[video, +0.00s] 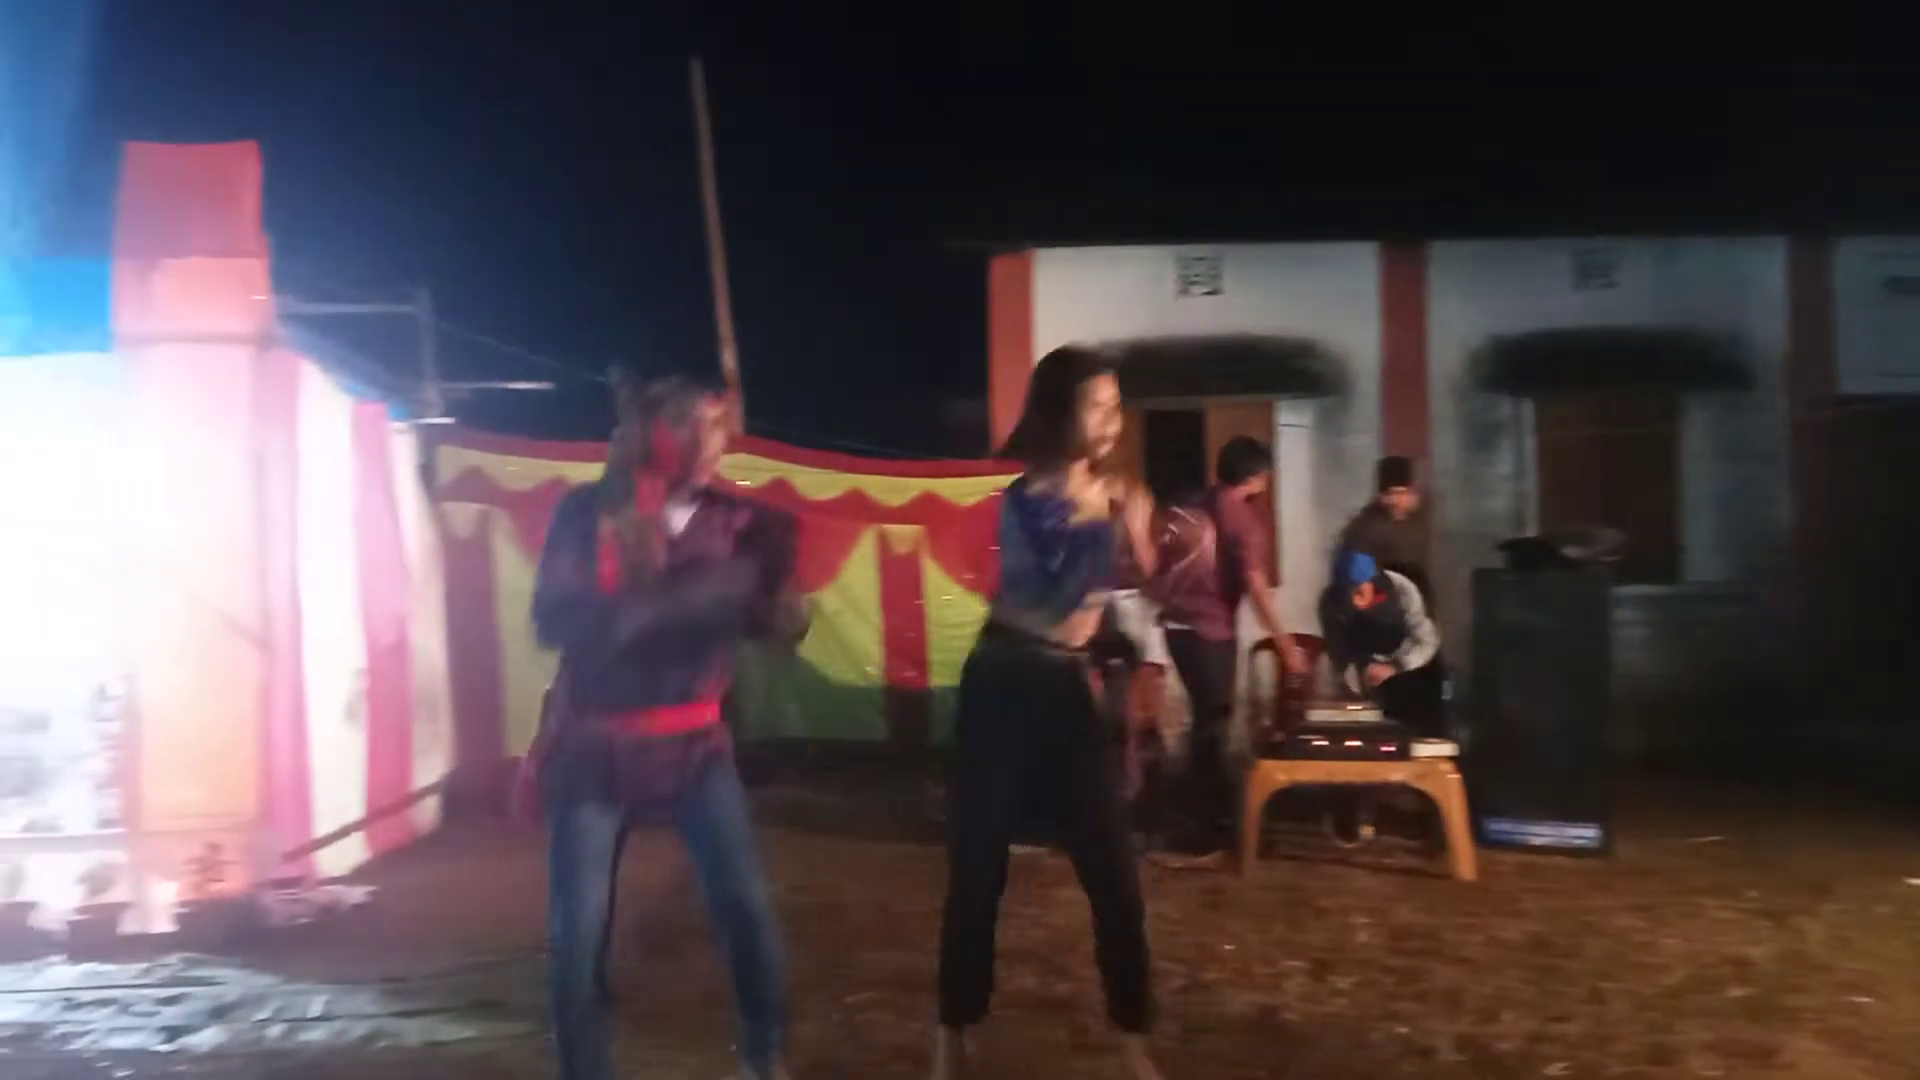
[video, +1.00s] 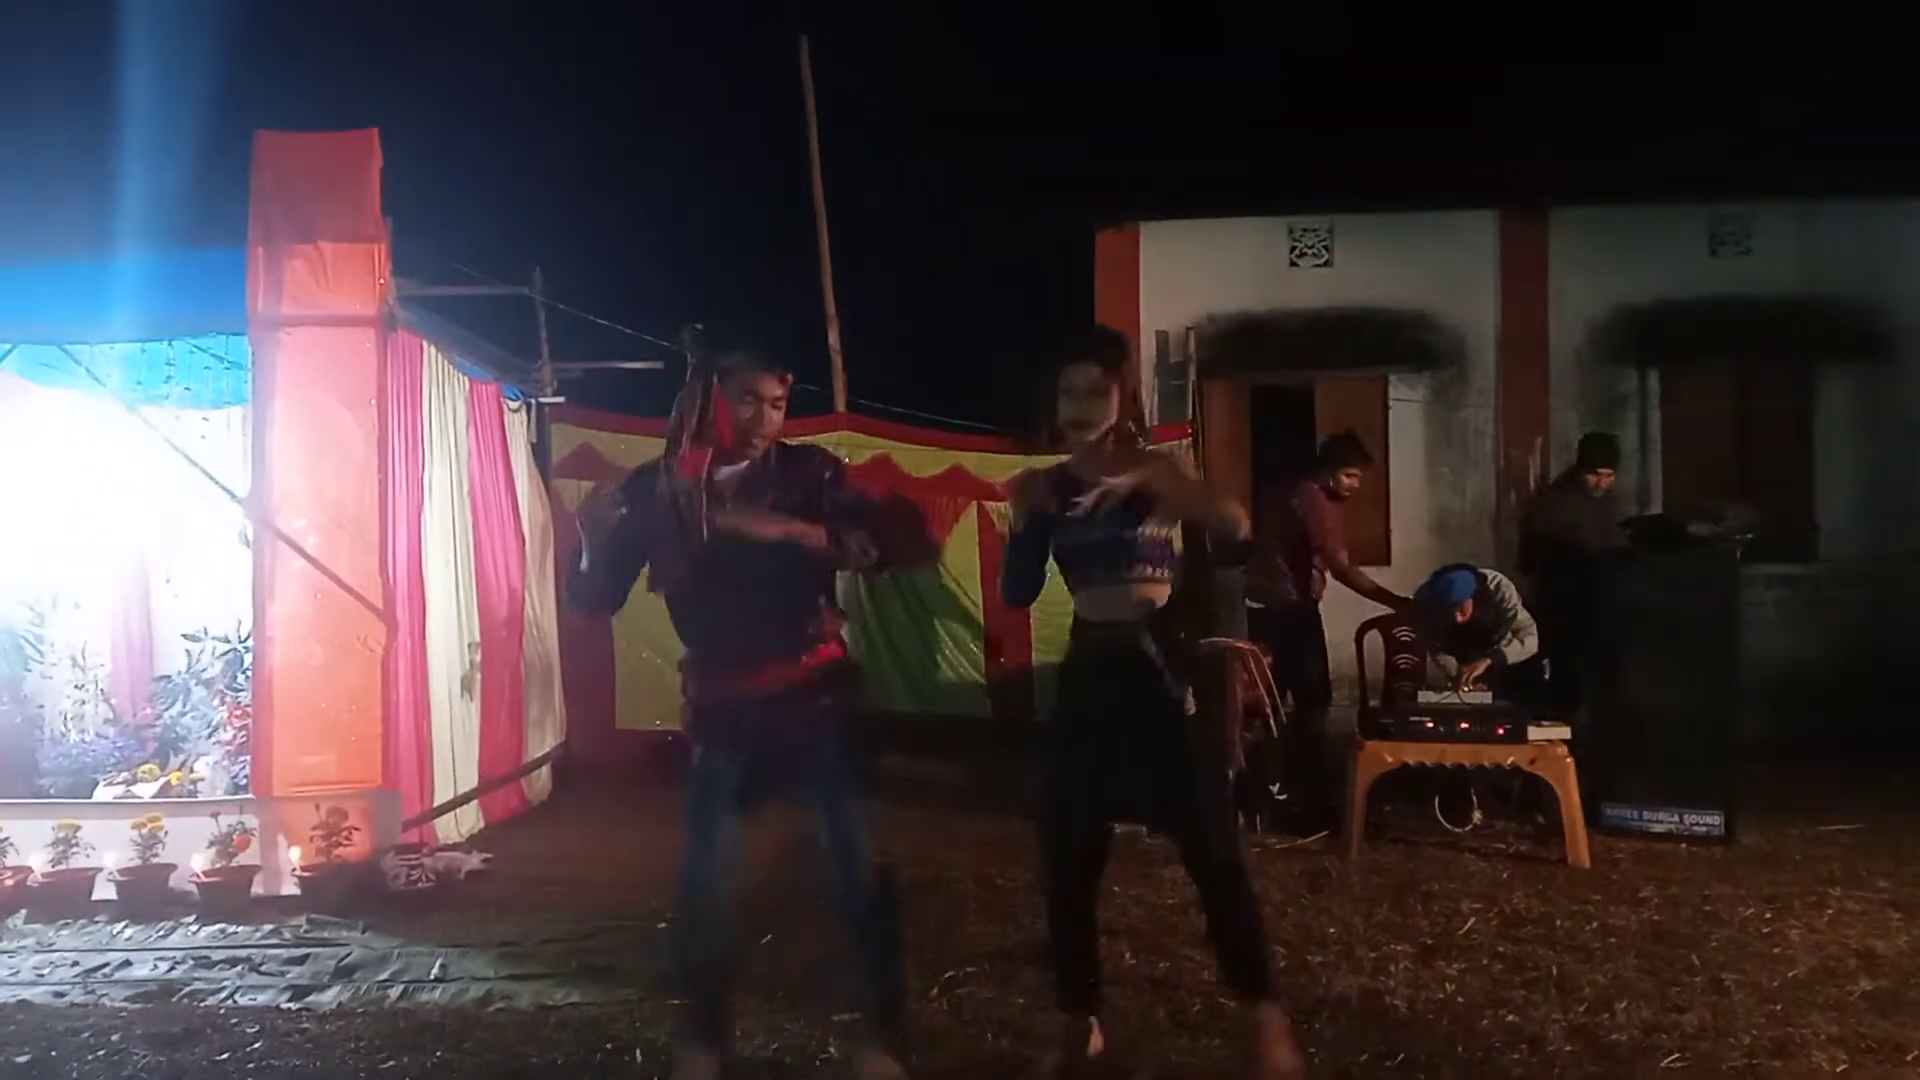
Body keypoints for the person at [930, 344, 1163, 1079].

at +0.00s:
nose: (1110, 422)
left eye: (1114, 408)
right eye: (1096, 409)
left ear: (1118, 414)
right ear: (1057, 415)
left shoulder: (1120, 499)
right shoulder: (1021, 501)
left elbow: (1136, 585)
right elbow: (1015, 601)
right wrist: (1058, 628)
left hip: (1078, 685)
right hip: (1004, 680)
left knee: (1111, 864)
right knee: (979, 866)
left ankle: (1131, 1031)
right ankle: (954, 1032)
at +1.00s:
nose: (1081, 421)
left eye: (1093, 405)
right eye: (1070, 408)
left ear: (1123, 405)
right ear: (1056, 411)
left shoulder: (1165, 476)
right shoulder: (1051, 491)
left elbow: (1236, 540)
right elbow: (1018, 593)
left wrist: (1168, 487)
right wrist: (1023, 519)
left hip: (1172, 677)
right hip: (1090, 677)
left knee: (1210, 849)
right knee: (1069, 854)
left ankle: (1266, 1014)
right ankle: (1076, 1023)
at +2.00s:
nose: (1138, 444)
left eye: (1148, 431)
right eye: (1123, 435)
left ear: (1173, 441)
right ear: (1105, 453)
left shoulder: (1223, 526)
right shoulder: (1104, 537)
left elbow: (1247, 625)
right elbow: (1085, 602)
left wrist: (1233, 722)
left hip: (1196, 715)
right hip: (1116, 712)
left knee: (1230, 894)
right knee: (1053, 880)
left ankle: (1248, 1042)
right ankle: (987, 1030)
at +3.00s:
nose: (1098, 470)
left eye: (1110, 454)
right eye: (1085, 458)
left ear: (1143, 452)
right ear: (1075, 465)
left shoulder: (1198, 519)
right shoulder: (1073, 531)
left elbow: (1248, 616)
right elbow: (1012, 549)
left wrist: (1239, 724)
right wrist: (1015, 535)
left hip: (1189, 724)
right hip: (1111, 724)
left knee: (1205, 904)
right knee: (1046, 884)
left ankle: (1216, 1056)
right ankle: (970, 1036)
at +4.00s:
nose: (1192, 465)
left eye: (1191, 450)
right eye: (1183, 451)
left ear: (1128, 455)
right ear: (1153, 456)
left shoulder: (1106, 525)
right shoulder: (1121, 531)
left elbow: (1100, 639)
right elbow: (1191, 631)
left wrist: (1154, 683)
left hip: (1102, 730)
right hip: (1063, 731)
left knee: (1173, 888)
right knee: (1032, 906)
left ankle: (1161, 1052)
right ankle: (934, 1055)